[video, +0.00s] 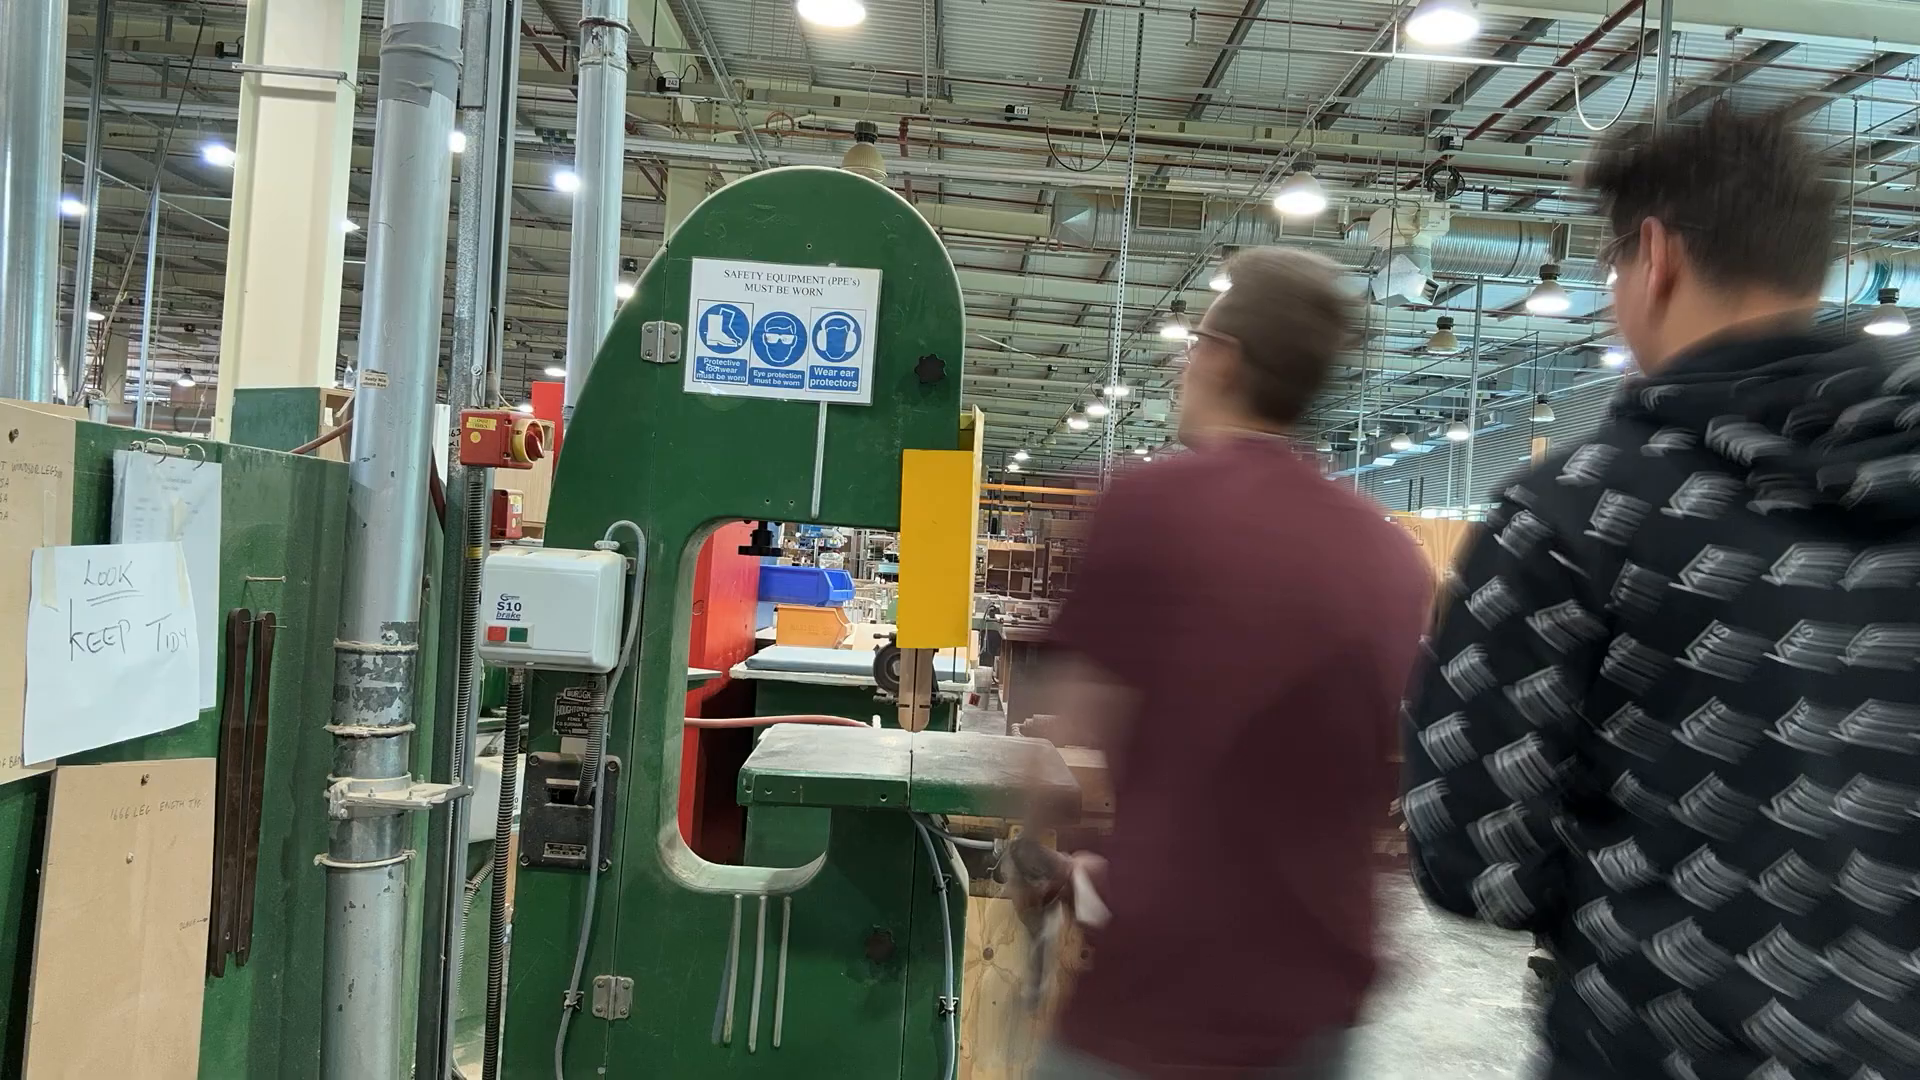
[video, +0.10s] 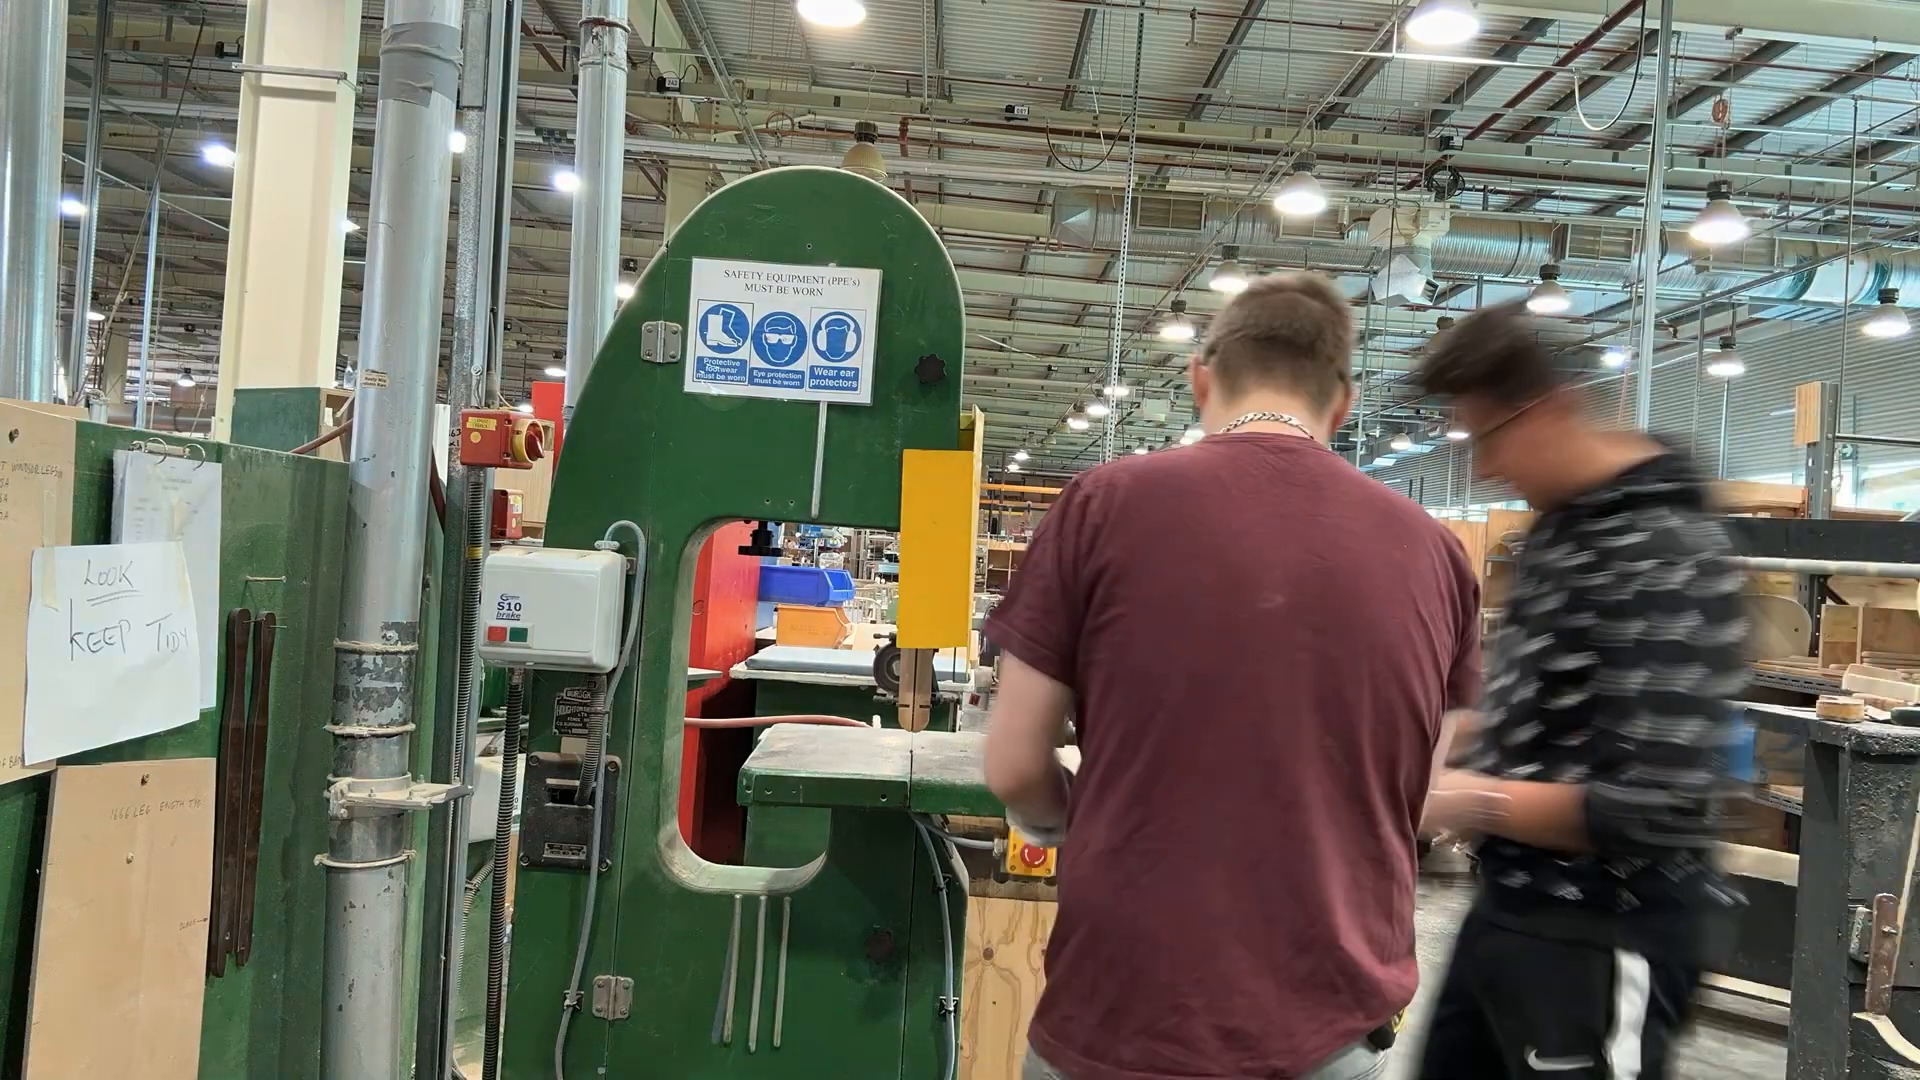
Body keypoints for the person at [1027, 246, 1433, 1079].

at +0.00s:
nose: (1188, 353)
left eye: (1201, 334)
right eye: (1200, 332)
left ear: (1220, 356)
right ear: (1312, 383)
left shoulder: (1152, 499)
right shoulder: (1387, 546)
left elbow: (1070, 754)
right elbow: (1377, 780)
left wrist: (1053, 840)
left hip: (1155, 981)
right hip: (1316, 992)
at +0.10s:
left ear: (1201, 379)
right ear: (1342, 409)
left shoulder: (1103, 502)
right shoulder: (1429, 546)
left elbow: (1013, 765)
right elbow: (1428, 778)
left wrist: (1095, 825)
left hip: (1116, 1024)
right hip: (1329, 1030)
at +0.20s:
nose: (1203, 354)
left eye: (1211, 333)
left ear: (1224, 356)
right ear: (1360, 385)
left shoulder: (1102, 496)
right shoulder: (1438, 560)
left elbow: (1003, 745)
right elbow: (1460, 842)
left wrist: (1072, 826)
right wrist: (1329, 868)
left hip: (1099, 1030)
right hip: (1315, 1041)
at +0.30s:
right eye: (1362, 357)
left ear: (1208, 355)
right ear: (1345, 374)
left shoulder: (1102, 507)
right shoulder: (1424, 547)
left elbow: (1010, 757)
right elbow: (1449, 825)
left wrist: (1131, 767)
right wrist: (1376, 944)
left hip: (1110, 1033)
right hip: (1321, 1038)